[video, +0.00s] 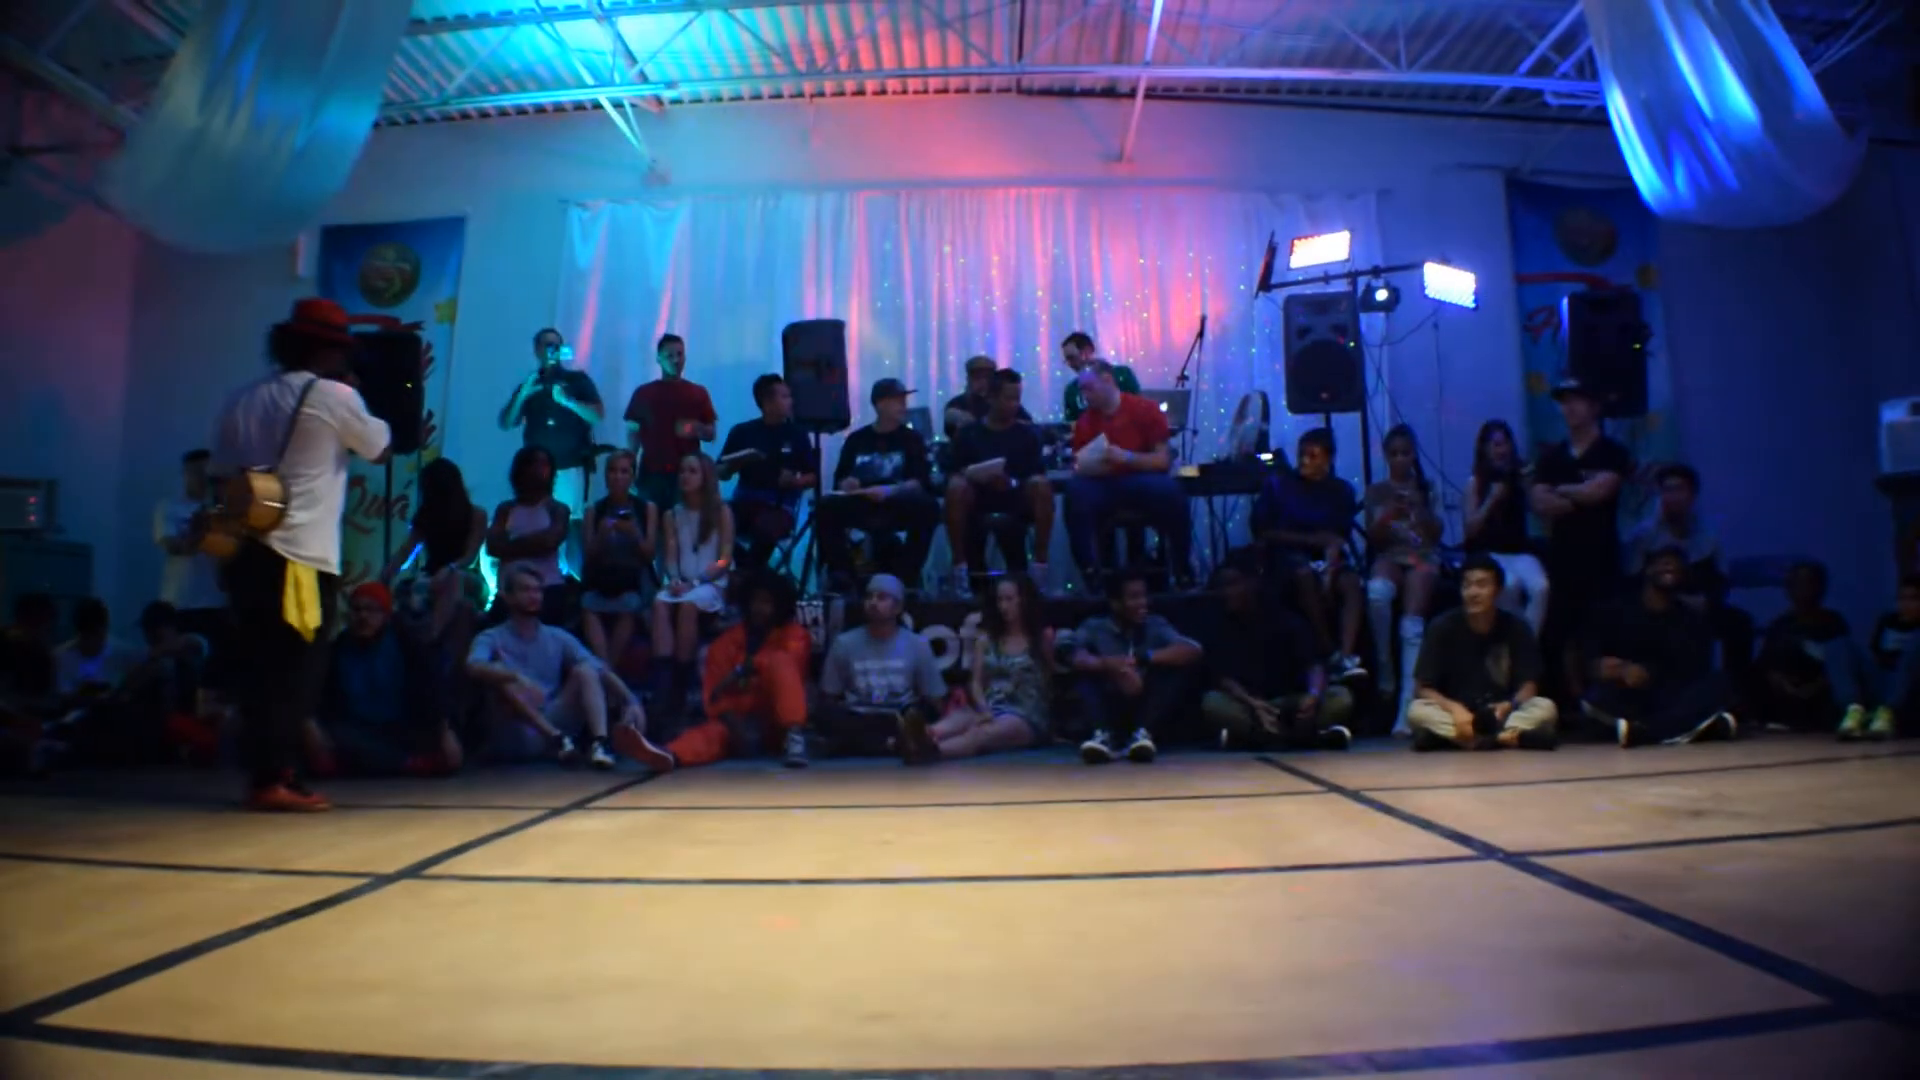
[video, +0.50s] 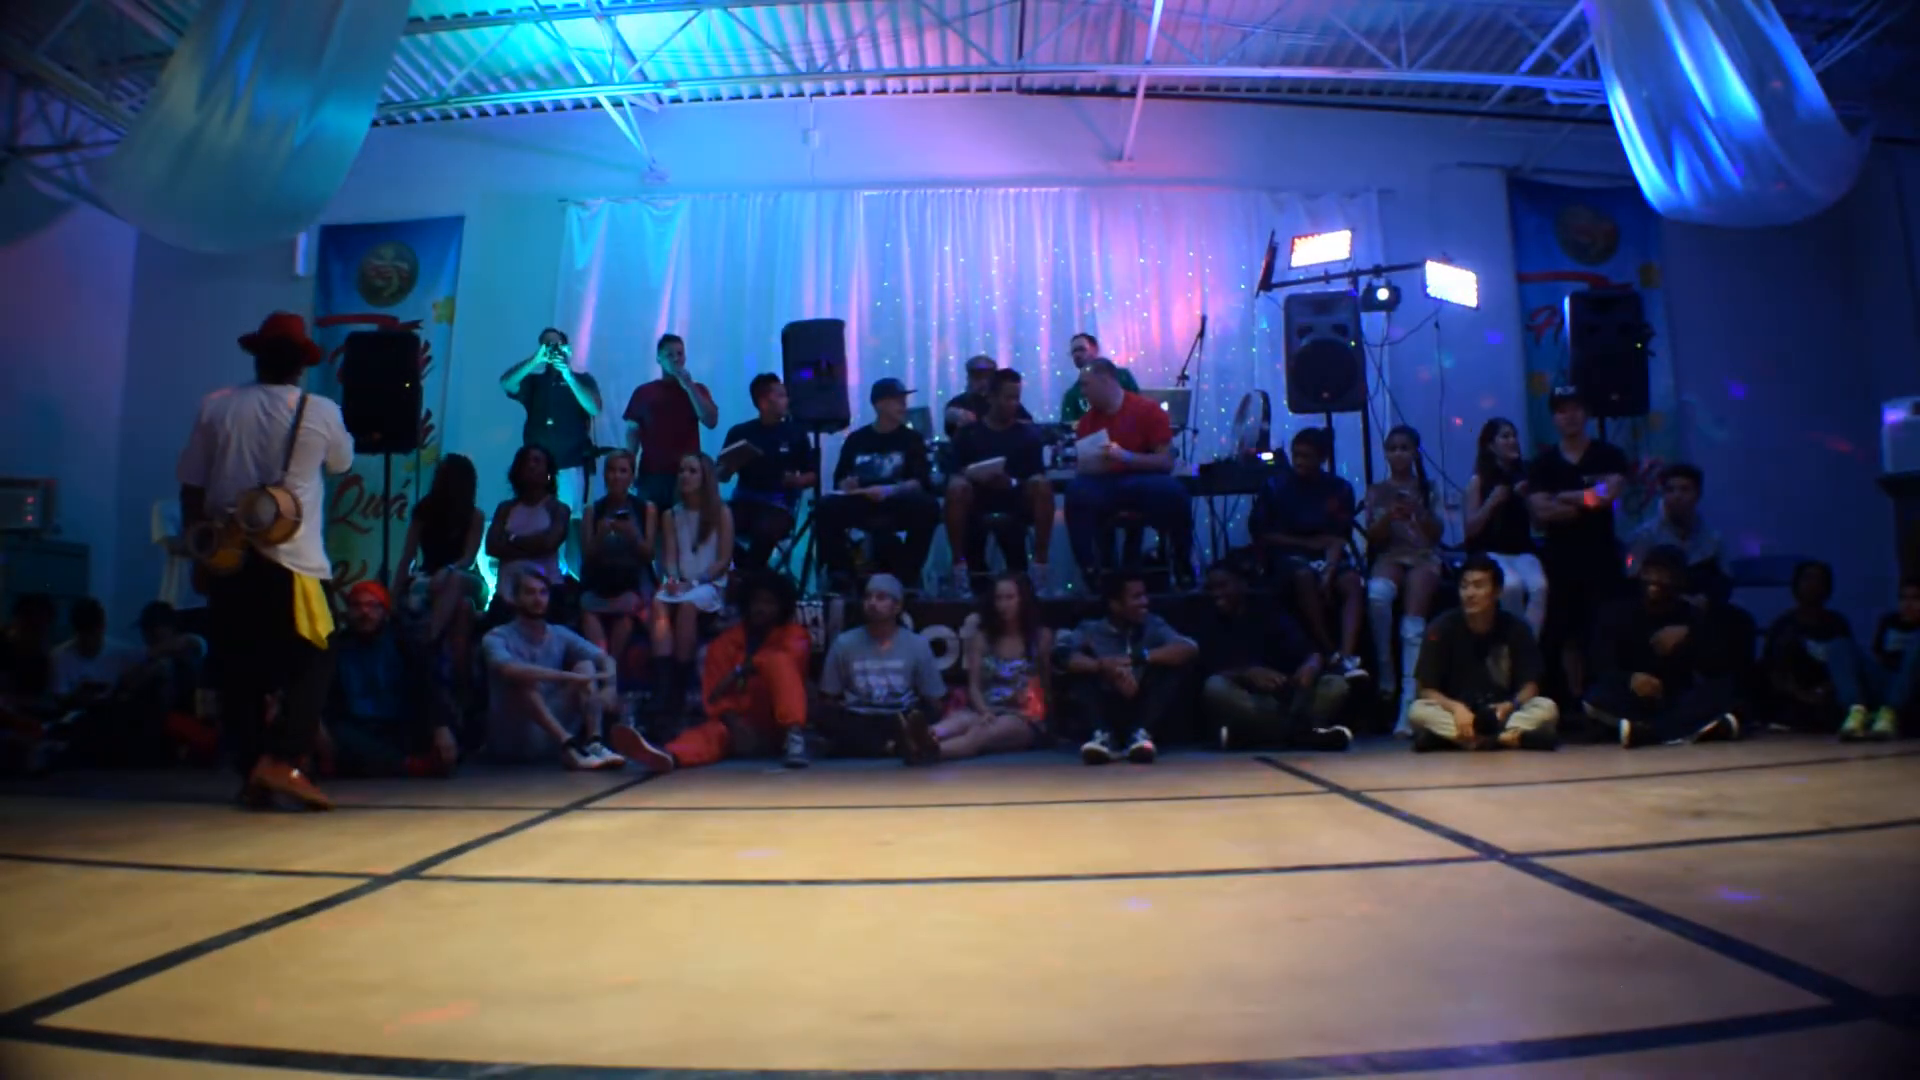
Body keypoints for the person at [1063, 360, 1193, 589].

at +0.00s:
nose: (1085, 396)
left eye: (1089, 388)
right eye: (1082, 390)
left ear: (1108, 380)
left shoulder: (1145, 409)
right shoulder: (1085, 421)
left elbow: (1162, 459)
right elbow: (1079, 463)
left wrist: (1125, 458)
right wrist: (1098, 464)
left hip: (1141, 480)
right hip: (1101, 481)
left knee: (1173, 496)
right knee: (1076, 496)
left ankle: (1181, 569)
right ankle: (1089, 571)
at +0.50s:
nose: (1082, 391)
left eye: (1086, 384)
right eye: (1081, 385)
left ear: (1106, 380)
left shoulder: (1148, 410)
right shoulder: (1087, 422)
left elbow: (1165, 460)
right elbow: (1083, 463)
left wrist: (1125, 456)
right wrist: (1098, 463)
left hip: (1144, 481)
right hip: (1103, 482)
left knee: (1175, 495)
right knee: (1076, 495)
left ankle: (1182, 567)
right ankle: (1090, 570)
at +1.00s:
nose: (1084, 390)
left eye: (1089, 383)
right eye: (1083, 384)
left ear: (1107, 380)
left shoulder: (1149, 411)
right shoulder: (1087, 422)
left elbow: (1165, 460)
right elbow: (1082, 464)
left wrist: (1126, 459)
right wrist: (1094, 464)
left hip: (1144, 482)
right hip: (1103, 483)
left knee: (1175, 495)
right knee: (1077, 496)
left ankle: (1182, 567)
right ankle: (1089, 570)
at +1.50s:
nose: (1092, 386)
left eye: (1097, 379)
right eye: (1092, 380)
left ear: (1119, 380)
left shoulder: (1153, 413)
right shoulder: (1092, 418)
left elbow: (1169, 463)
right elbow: (1083, 460)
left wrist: (1134, 468)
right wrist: (1102, 460)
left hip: (1143, 482)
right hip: (1106, 482)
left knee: (1174, 493)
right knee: (1079, 490)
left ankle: (1181, 569)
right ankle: (1091, 570)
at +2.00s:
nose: (1115, 381)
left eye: (1121, 375)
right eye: (1113, 375)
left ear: (1139, 379)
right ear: (1110, 380)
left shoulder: (1165, 417)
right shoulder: (1098, 417)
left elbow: (1174, 466)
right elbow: (1083, 464)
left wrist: (1136, 469)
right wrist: (1099, 467)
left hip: (1147, 485)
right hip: (1108, 485)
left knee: (1177, 492)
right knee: (1078, 495)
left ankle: (1182, 570)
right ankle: (1083, 575)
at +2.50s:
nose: (1114, 380)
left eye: (1121, 375)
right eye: (1114, 374)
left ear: (1143, 380)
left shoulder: (1168, 415)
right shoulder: (1103, 412)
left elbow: (1176, 467)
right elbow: (1079, 456)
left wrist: (1137, 468)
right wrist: (1098, 465)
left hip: (1149, 483)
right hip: (1110, 482)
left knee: (1179, 492)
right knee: (1081, 493)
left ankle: (1183, 572)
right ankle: (1084, 575)